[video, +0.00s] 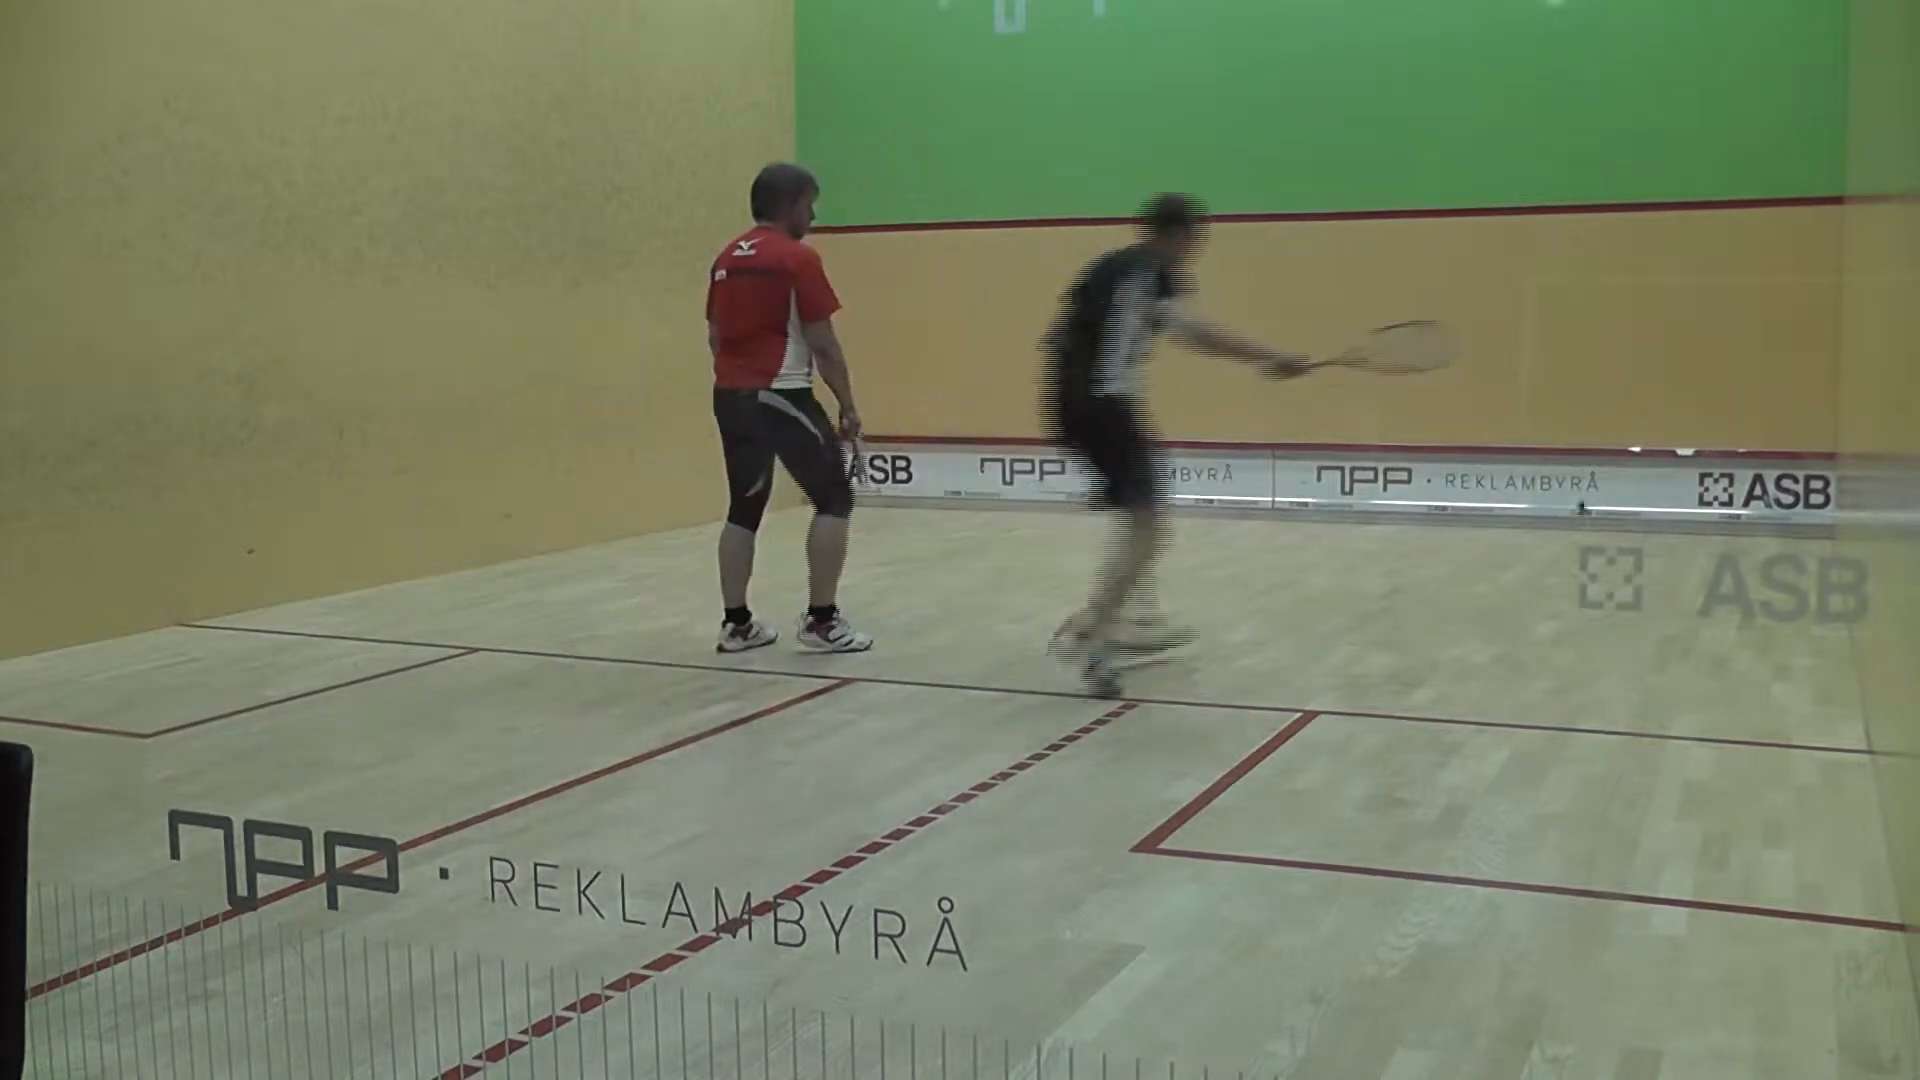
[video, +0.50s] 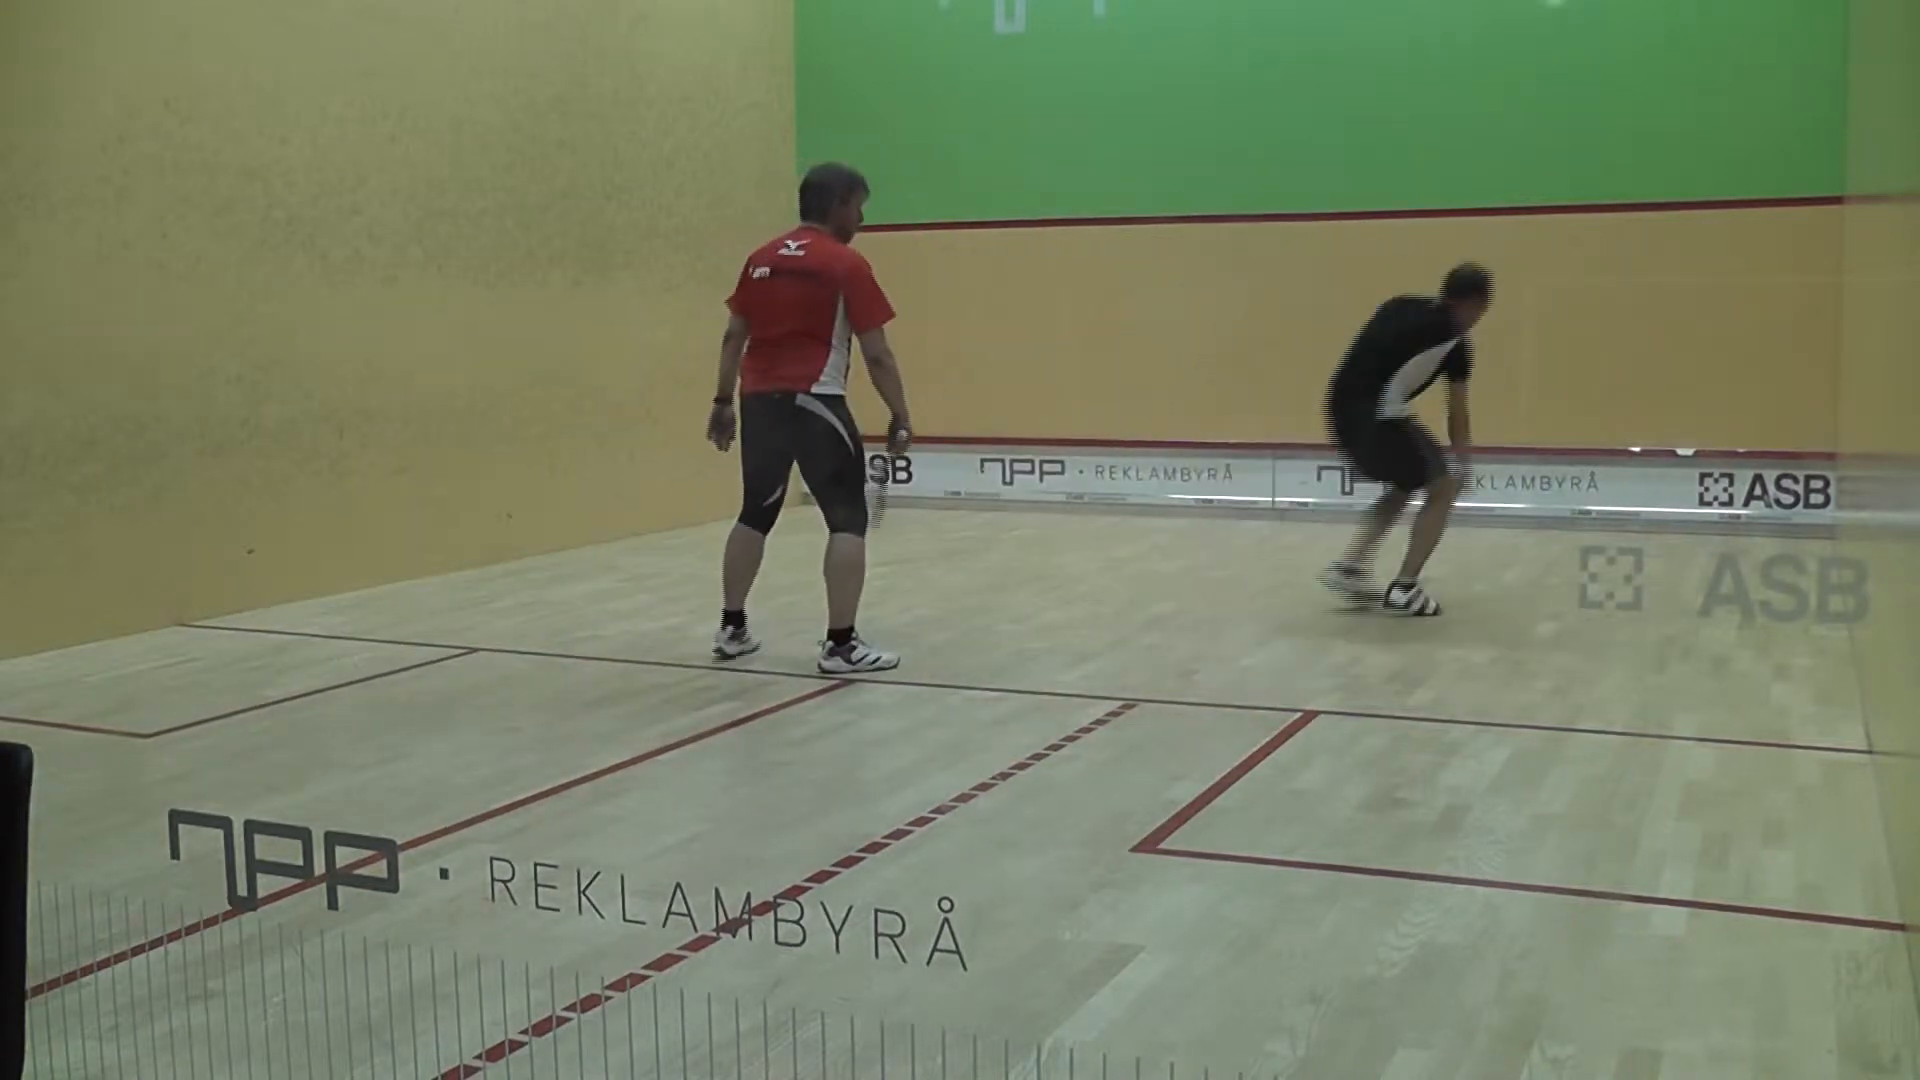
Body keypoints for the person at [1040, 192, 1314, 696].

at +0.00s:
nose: (1194, 248)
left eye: (1196, 238)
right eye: (1188, 237)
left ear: (1171, 236)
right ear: (1165, 234)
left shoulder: (1154, 280)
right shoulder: (1128, 274)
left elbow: (1200, 334)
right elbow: (1201, 334)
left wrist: (1267, 359)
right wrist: (1267, 360)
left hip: (1112, 409)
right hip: (1096, 410)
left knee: (1145, 520)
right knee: (1143, 528)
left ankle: (1126, 621)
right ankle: (1095, 634)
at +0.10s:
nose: (1270, 269)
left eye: (1272, 258)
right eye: (1267, 257)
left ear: (1235, 249)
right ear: (1247, 251)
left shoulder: (1191, 282)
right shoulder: (1224, 285)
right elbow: (1281, 327)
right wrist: (1357, 337)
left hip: (1165, 417)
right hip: (1193, 415)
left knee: (1233, 513)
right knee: (1250, 512)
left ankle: (1245, 618)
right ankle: (1193, 588)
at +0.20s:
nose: (1319, 290)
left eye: (1323, 280)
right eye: (1320, 279)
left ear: (1286, 266)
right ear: (1304, 271)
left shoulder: (1238, 298)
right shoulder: (1278, 299)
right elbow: (1325, 349)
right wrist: (1401, 353)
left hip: (1207, 428)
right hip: (1246, 422)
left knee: (1269, 512)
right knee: (1313, 500)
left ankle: (1251, 618)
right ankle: (1293, 585)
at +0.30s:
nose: (1403, 304)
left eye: (1404, 294)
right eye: (1399, 294)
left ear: (1370, 286)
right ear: (1381, 289)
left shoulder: (1314, 304)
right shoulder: (1365, 330)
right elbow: (1399, 407)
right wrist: (1467, 424)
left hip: (1263, 420)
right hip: (1307, 421)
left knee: (1306, 520)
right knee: (1360, 499)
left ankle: (1259, 592)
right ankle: (1394, 587)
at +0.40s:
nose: (1438, 316)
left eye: (1440, 308)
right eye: (1435, 307)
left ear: (1403, 297)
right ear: (1418, 302)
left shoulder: (1356, 316)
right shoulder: (1403, 346)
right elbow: (1442, 428)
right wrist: (1497, 470)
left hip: (1301, 432)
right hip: (1342, 434)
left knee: (1334, 523)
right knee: (1403, 491)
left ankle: (1284, 571)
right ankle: (1402, 593)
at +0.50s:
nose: (1482, 313)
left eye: (1484, 305)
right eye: (1481, 305)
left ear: (1447, 294)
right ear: (1464, 302)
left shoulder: (1402, 307)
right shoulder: (1455, 345)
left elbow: (1361, 363)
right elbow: (1457, 410)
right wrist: (1464, 464)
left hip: (1346, 415)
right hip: (1383, 422)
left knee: (1405, 484)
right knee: (1444, 486)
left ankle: (1351, 566)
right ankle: (1405, 586)